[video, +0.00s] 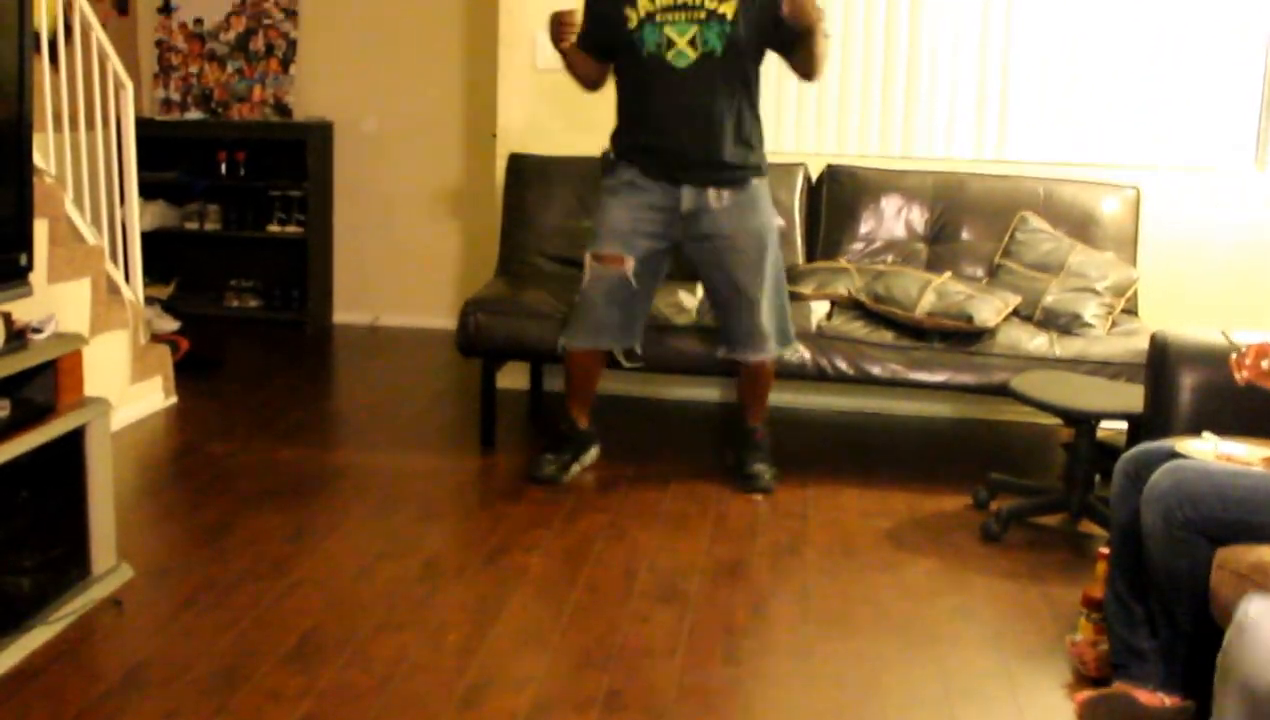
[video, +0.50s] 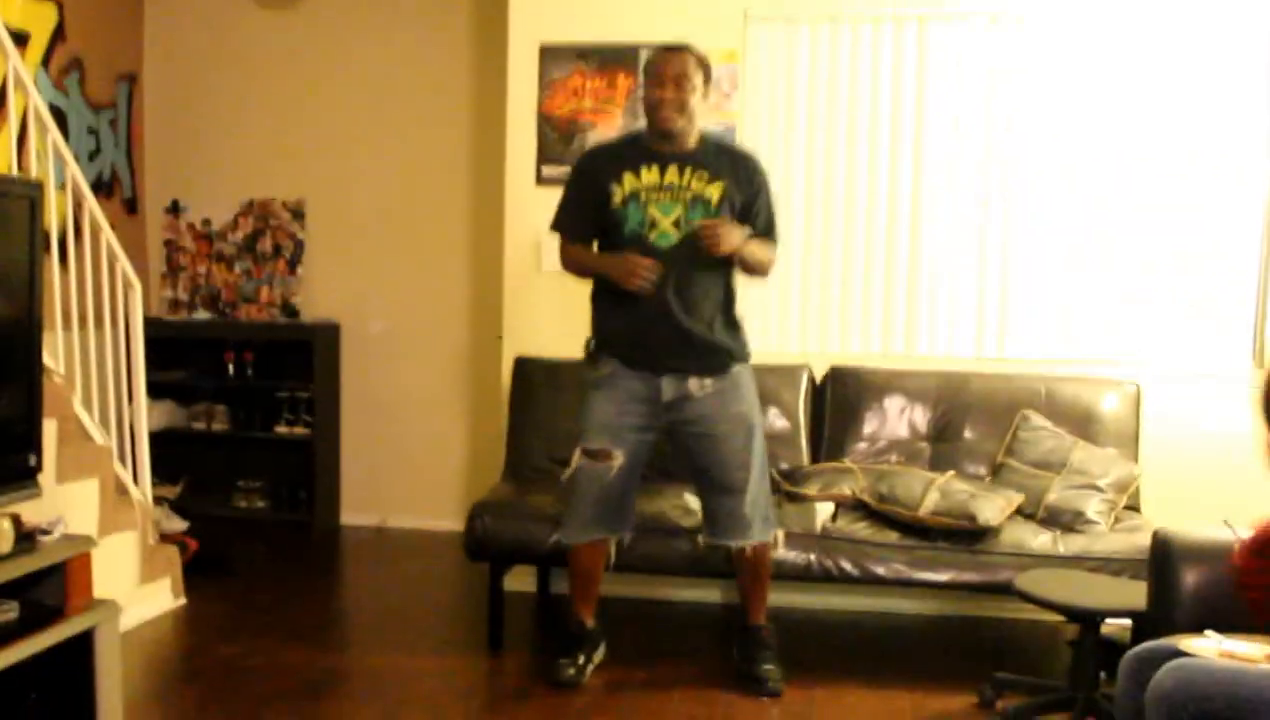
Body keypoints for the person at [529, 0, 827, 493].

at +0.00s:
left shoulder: (756, 3)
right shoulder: (615, 2)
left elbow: (808, 69)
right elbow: (593, 76)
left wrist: (808, 28)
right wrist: (568, 46)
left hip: (733, 177)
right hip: (639, 174)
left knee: (757, 321)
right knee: (596, 301)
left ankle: (754, 438)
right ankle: (577, 432)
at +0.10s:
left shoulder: (749, 5)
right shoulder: (612, 4)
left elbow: (764, 93)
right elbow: (621, 94)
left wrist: (768, 37)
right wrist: (596, 85)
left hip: (725, 189)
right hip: (634, 184)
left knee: (752, 336)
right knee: (595, 317)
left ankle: (753, 460)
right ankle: (576, 452)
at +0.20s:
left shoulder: (746, 21)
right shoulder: (609, 23)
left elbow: (765, 120)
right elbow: (587, 117)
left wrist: (719, 69)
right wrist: (637, 118)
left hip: (713, 226)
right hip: (623, 223)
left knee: (741, 374)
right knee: (594, 354)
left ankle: (750, 497)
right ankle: (578, 493)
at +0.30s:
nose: (666, 20)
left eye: (677, 9)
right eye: (656, 8)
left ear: (696, 16)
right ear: (641, 15)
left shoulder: (732, 95)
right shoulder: (600, 86)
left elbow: (763, 172)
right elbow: (573, 164)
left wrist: (703, 152)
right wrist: (648, 163)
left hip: (702, 281)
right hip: (615, 278)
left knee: (736, 427)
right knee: (583, 419)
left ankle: (750, 555)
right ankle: (578, 553)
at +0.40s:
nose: (664, 72)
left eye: (676, 60)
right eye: (655, 59)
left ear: (694, 66)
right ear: (639, 66)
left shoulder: (728, 145)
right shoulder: (597, 139)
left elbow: (746, 230)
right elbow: (574, 219)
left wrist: (691, 207)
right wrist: (647, 231)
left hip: (702, 333)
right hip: (612, 332)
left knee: (742, 476)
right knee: (578, 470)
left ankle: (752, 602)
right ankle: (581, 605)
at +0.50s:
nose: (666, 96)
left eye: (679, 86)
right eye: (657, 85)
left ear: (702, 94)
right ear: (642, 92)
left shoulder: (739, 170)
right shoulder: (601, 166)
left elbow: (765, 264)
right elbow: (569, 251)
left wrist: (741, 241)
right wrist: (608, 265)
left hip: (716, 367)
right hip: (623, 367)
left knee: (748, 506)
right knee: (591, 494)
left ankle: (756, 636)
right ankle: (582, 634)